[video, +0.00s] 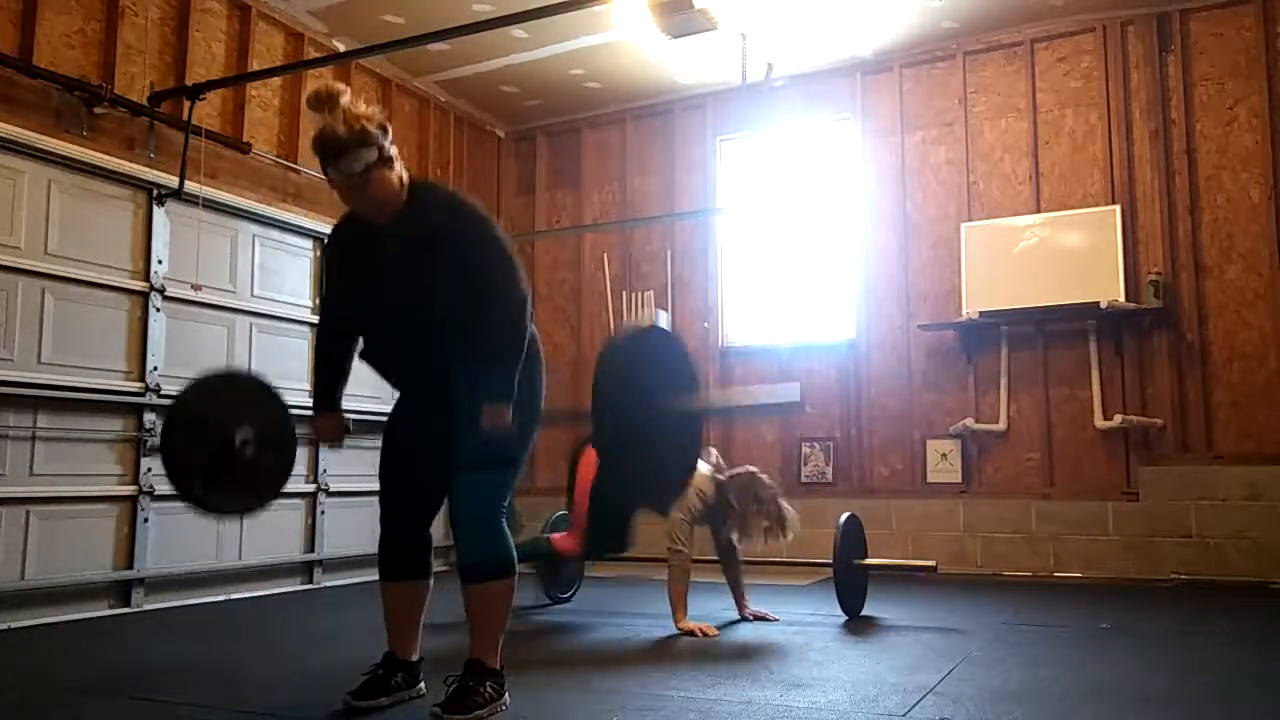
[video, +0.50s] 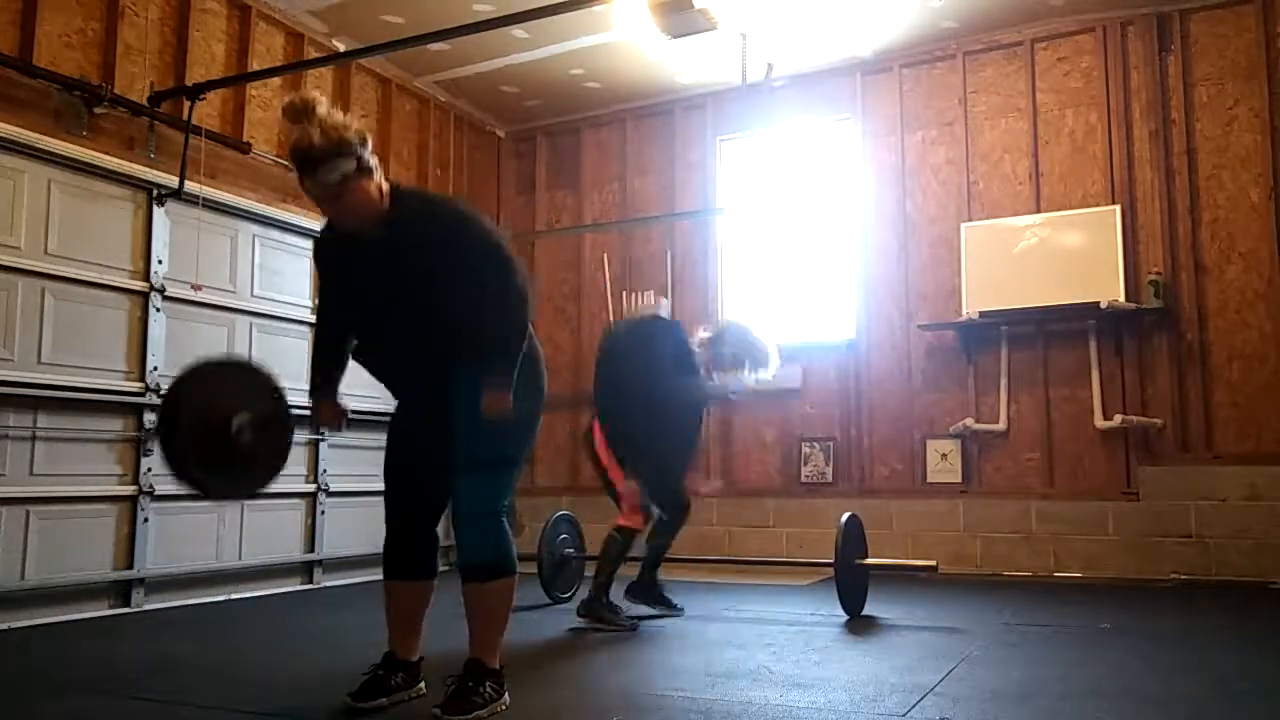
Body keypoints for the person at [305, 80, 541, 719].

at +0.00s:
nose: (372, 186)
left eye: (378, 168)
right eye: (354, 179)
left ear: (395, 155)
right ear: (333, 183)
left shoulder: (450, 217)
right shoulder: (345, 245)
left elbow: (508, 297)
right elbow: (335, 327)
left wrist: (498, 390)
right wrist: (327, 403)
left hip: (495, 379)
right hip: (424, 385)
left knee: (477, 512)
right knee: (401, 512)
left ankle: (486, 669)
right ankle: (403, 662)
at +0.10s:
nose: (363, 183)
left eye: (369, 166)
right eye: (347, 175)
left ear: (393, 146)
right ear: (330, 171)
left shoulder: (451, 194)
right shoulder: (345, 226)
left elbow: (525, 259)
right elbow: (336, 301)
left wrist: (502, 347)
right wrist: (327, 365)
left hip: (494, 371)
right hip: (425, 377)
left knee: (477, 515)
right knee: (404, 514)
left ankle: (486, 670)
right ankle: (403, 663)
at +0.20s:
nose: (352, 184)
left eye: (360, 168)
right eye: (337, 175)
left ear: (386, 147)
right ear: (323, 169)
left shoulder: (448, 190)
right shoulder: (344, 220)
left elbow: (536, 229)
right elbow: (340, 280)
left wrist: (509, 313)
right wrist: (329, 334)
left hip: (496, 366)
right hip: (426, 375)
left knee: (473, 513)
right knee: (400, 510)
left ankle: (486, 670)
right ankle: (403, 662)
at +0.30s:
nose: (344, 189)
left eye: (352, 173)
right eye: (330, 180)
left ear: (380, 155)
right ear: (317, 177)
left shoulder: (444, 194)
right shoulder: (343, 225)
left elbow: (537, 226)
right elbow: (341, 286)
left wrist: (510, 309)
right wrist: (332, 334)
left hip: (495, 370)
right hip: (426, 378)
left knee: (470, 514)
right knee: (396, 509)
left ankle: (486, 670)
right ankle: (403, 662)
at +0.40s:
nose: (339, 191)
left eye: (347, 175)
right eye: (325, 183)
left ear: (375, 159)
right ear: (312, 182)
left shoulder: (442, 203)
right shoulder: (337, 234)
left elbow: (529, 246)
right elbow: (338, 295)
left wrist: (508, 333)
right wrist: (327, 349)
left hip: (495, 374)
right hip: (426, 380)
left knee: (474, 512)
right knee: (403, 512)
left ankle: (485, 669)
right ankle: (402, 662)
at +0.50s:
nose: (340, 201)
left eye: (347, 183)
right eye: (325, 194)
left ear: (373, 170)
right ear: (314, 196)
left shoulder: (443, 223)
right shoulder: (335, 248)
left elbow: (508, 285)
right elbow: (334, 321)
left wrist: (500, 373)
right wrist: (324, 387)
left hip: (493, 376)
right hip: (422, 387)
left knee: (479, 512)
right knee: (406, 514)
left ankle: (485, 668)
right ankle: (403, 662)